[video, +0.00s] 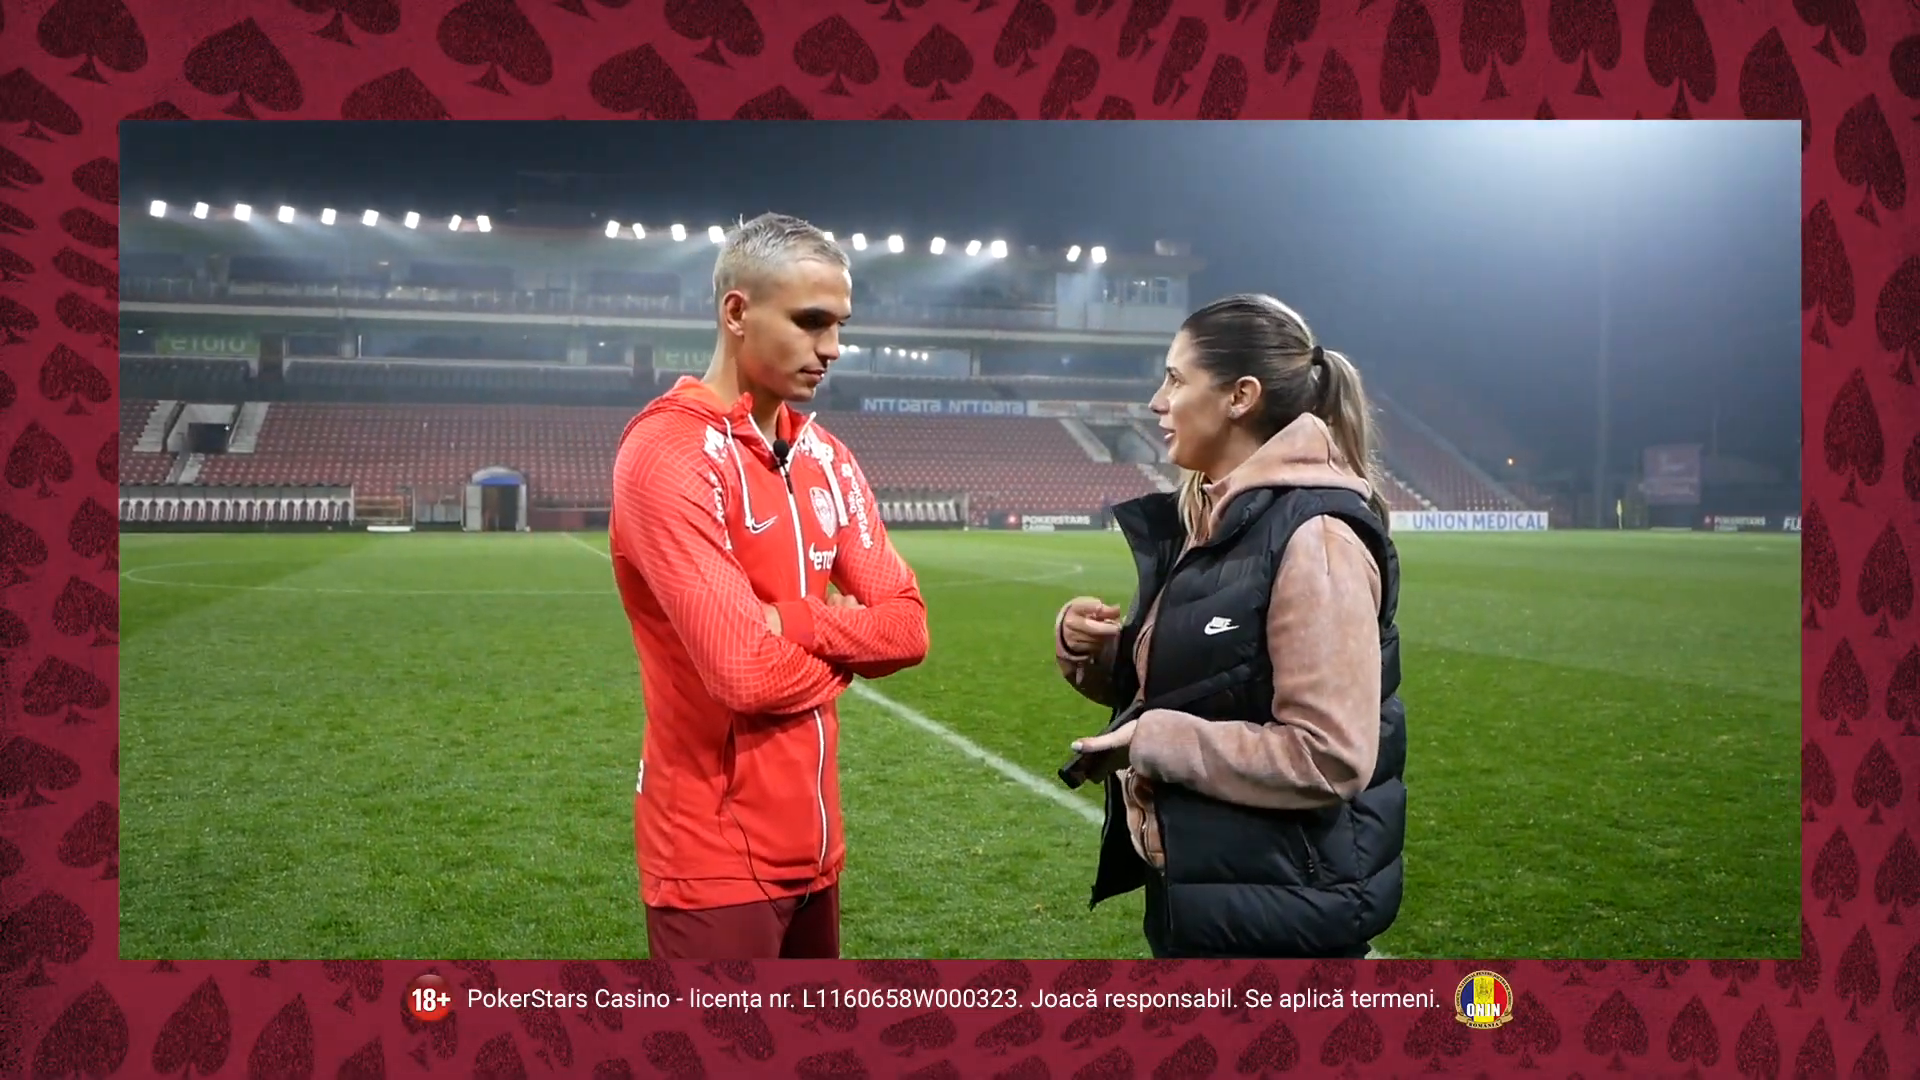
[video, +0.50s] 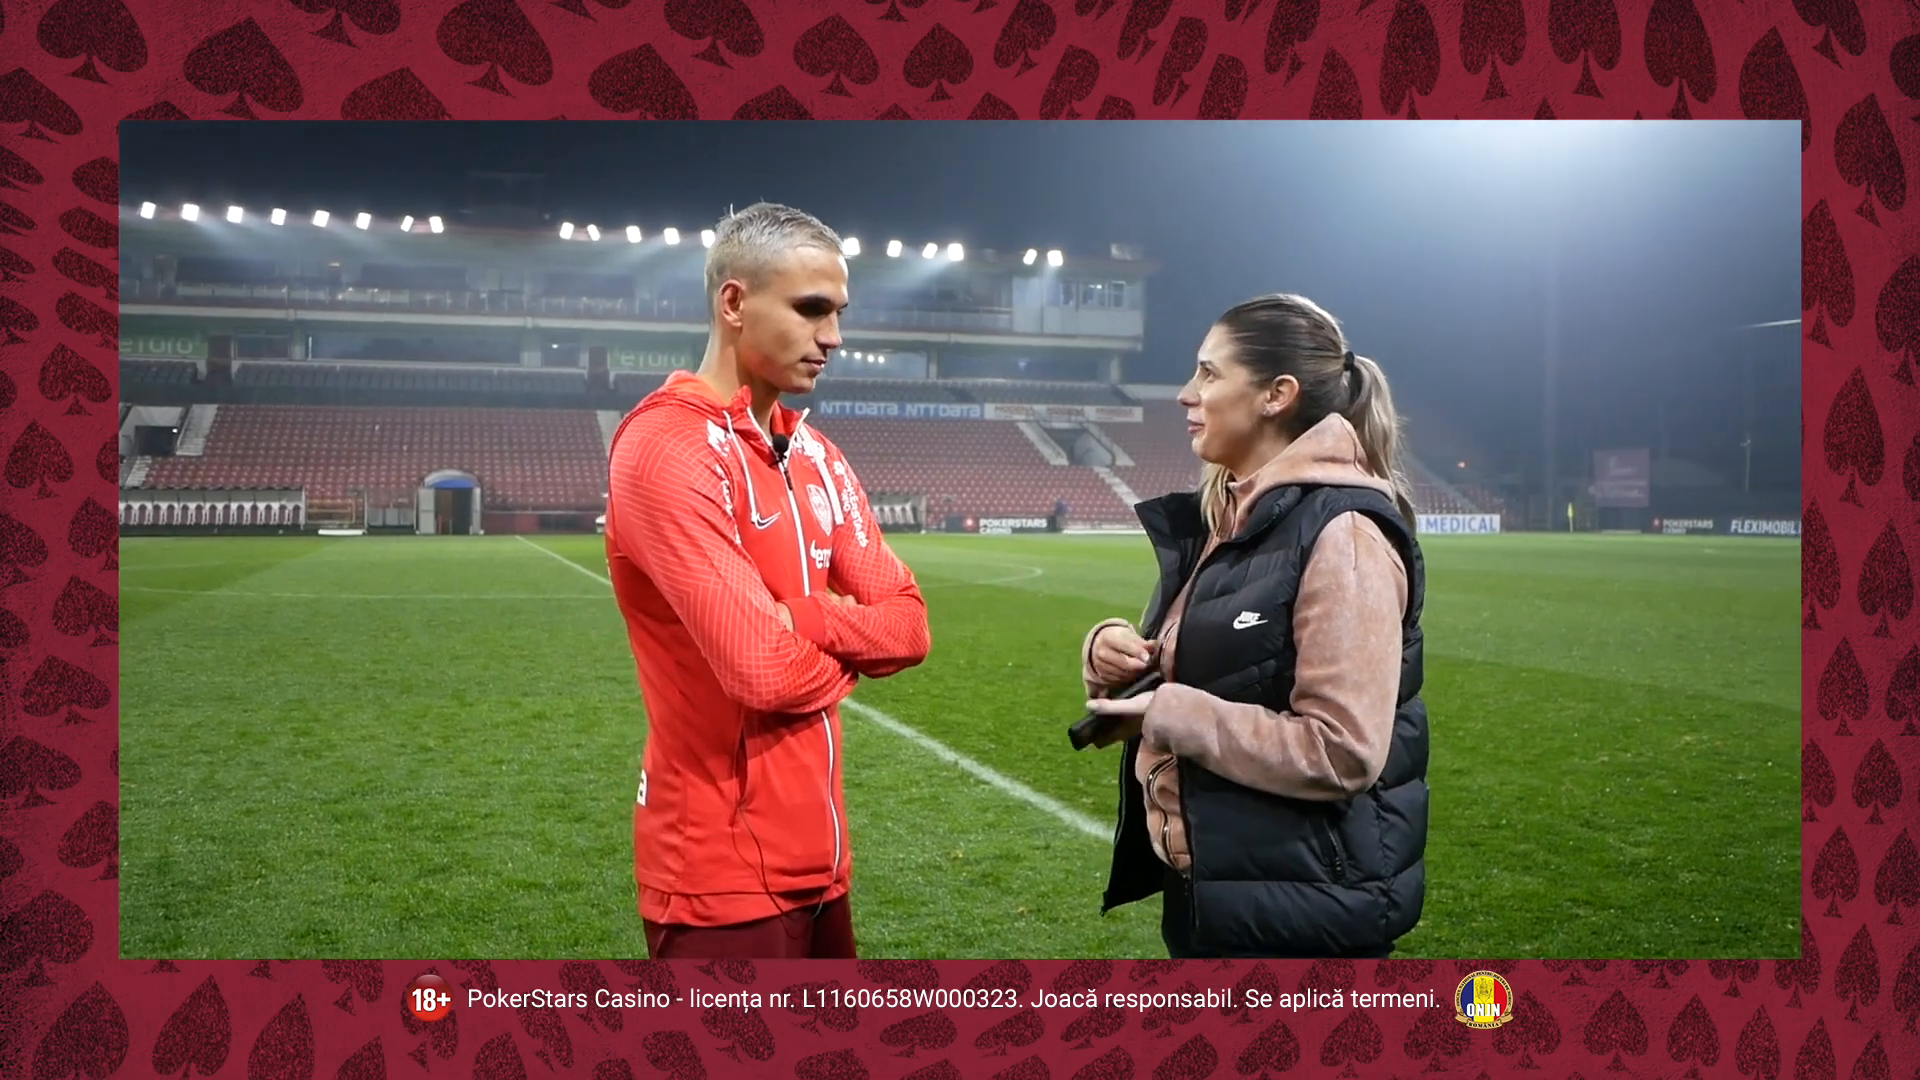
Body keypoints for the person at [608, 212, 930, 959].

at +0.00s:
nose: (830, 348)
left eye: (837, 326)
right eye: (810, 322)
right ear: (737, 312)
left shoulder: (826, 456)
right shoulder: (664, 457)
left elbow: (907, 629)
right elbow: (746, 679)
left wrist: (780, 619)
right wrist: (846, 650)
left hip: (810, 836)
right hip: (713, 847)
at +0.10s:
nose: (833, 350)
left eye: (839, 327)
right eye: (812, 323)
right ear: (738, 314)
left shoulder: (827, 457)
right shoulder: (664, 456)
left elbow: (907, 630)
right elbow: (743, 679)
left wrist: (780, 621)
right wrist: (846, 653)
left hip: (808, 831)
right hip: (712, 842)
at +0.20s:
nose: (833, 349)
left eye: (840, 326)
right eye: (813, 322)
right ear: (739, 313)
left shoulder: (826, 457)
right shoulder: (665, 455)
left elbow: (908, 631)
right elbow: (747, 678)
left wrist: (782, 620)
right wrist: (846, 654)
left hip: (810, 832)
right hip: (716, 844)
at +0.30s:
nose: (832, 346)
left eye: (838, 323)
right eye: (811, 318)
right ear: (736, 309)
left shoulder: (821, 456)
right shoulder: (663, 455)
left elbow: (908, 630)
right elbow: (753, 677)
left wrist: (786, 618)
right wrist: (851, 647)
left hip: (811, 841)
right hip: (720, 855)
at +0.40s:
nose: (830, 341)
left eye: (835, 318)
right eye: (809, 313)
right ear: (733, 306)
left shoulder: (818, 456)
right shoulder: (663, 452)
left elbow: (909, 628)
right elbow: (760, 675)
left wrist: (790, 617)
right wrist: (850, 654)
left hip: (813, 848)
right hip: (721, 860)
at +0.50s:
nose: (832, 338)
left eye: (837, 315)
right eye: (810, 309)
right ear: (734, 303)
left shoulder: (817, 454)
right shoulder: (663, 451)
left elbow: (909, 627)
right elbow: (765, 674)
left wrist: (797, 616)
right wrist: (850, 650)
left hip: (814, 853)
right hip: (719, 866)